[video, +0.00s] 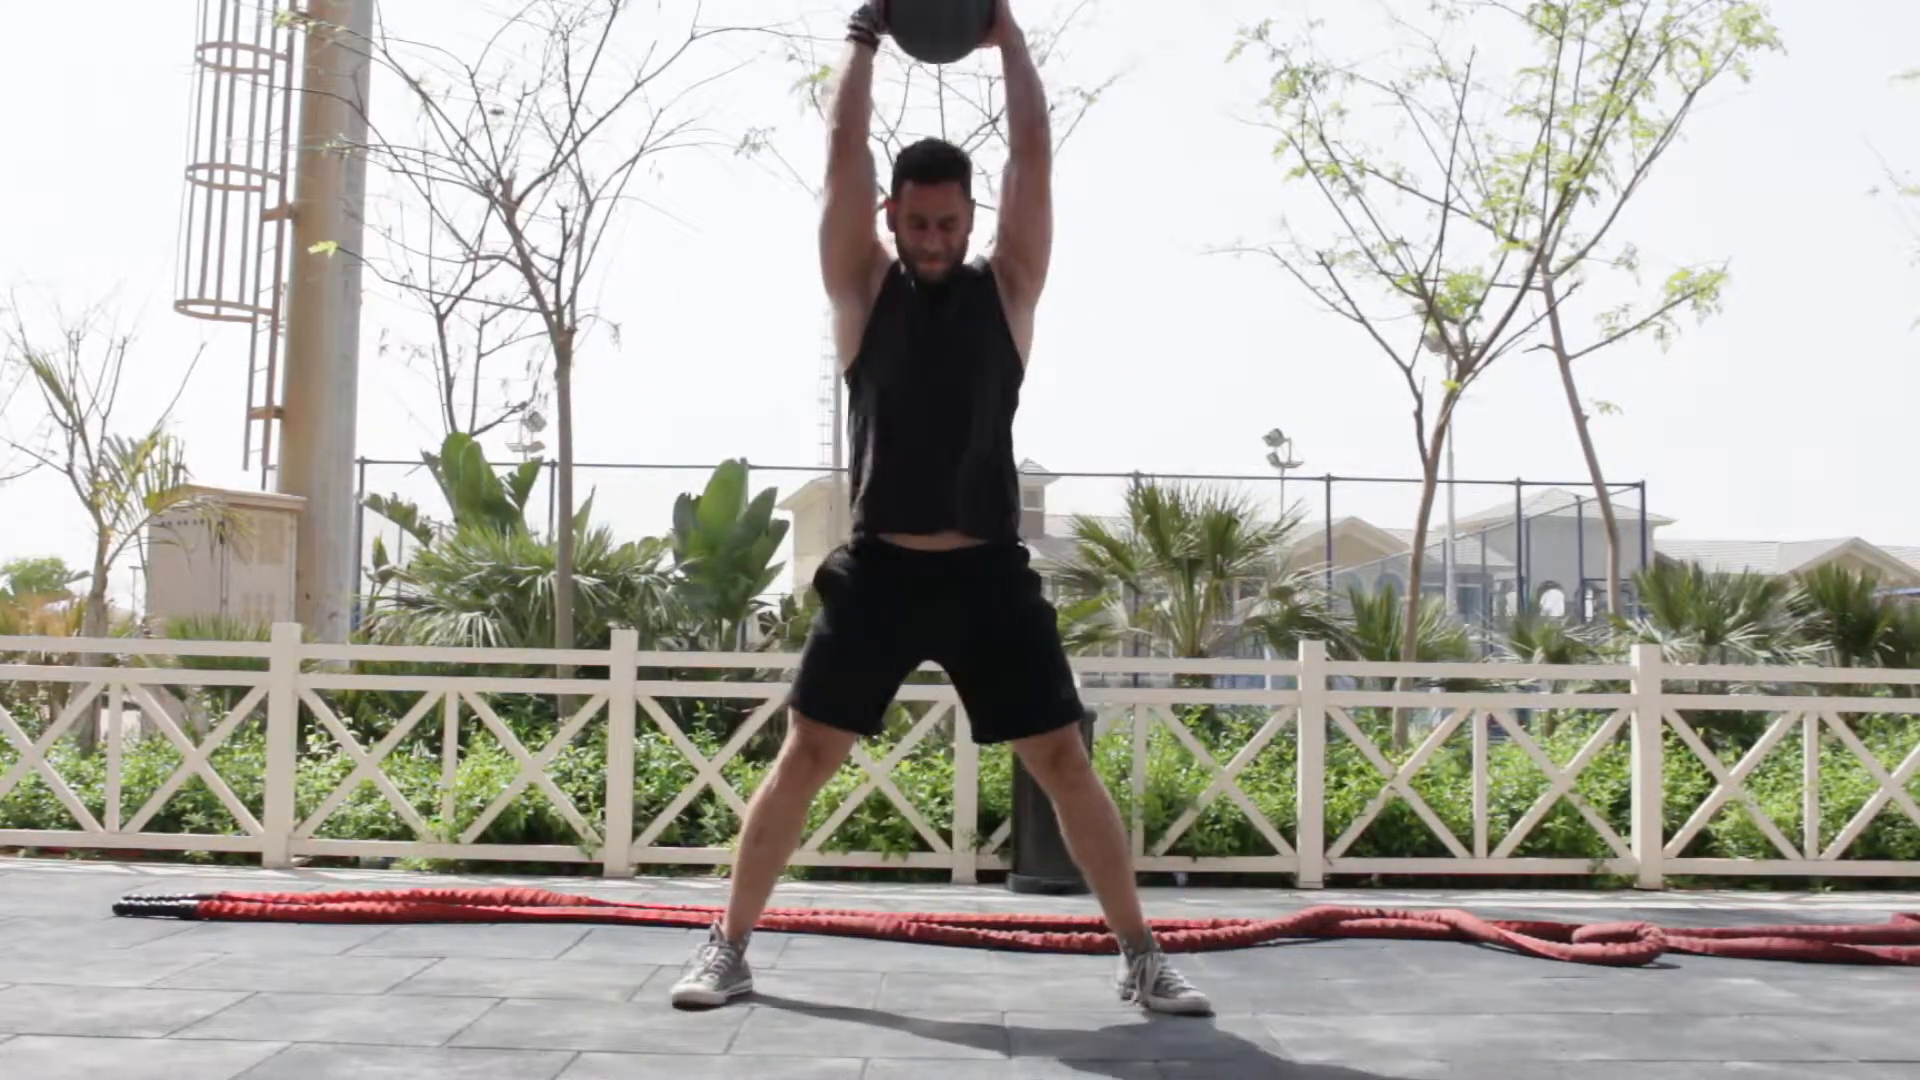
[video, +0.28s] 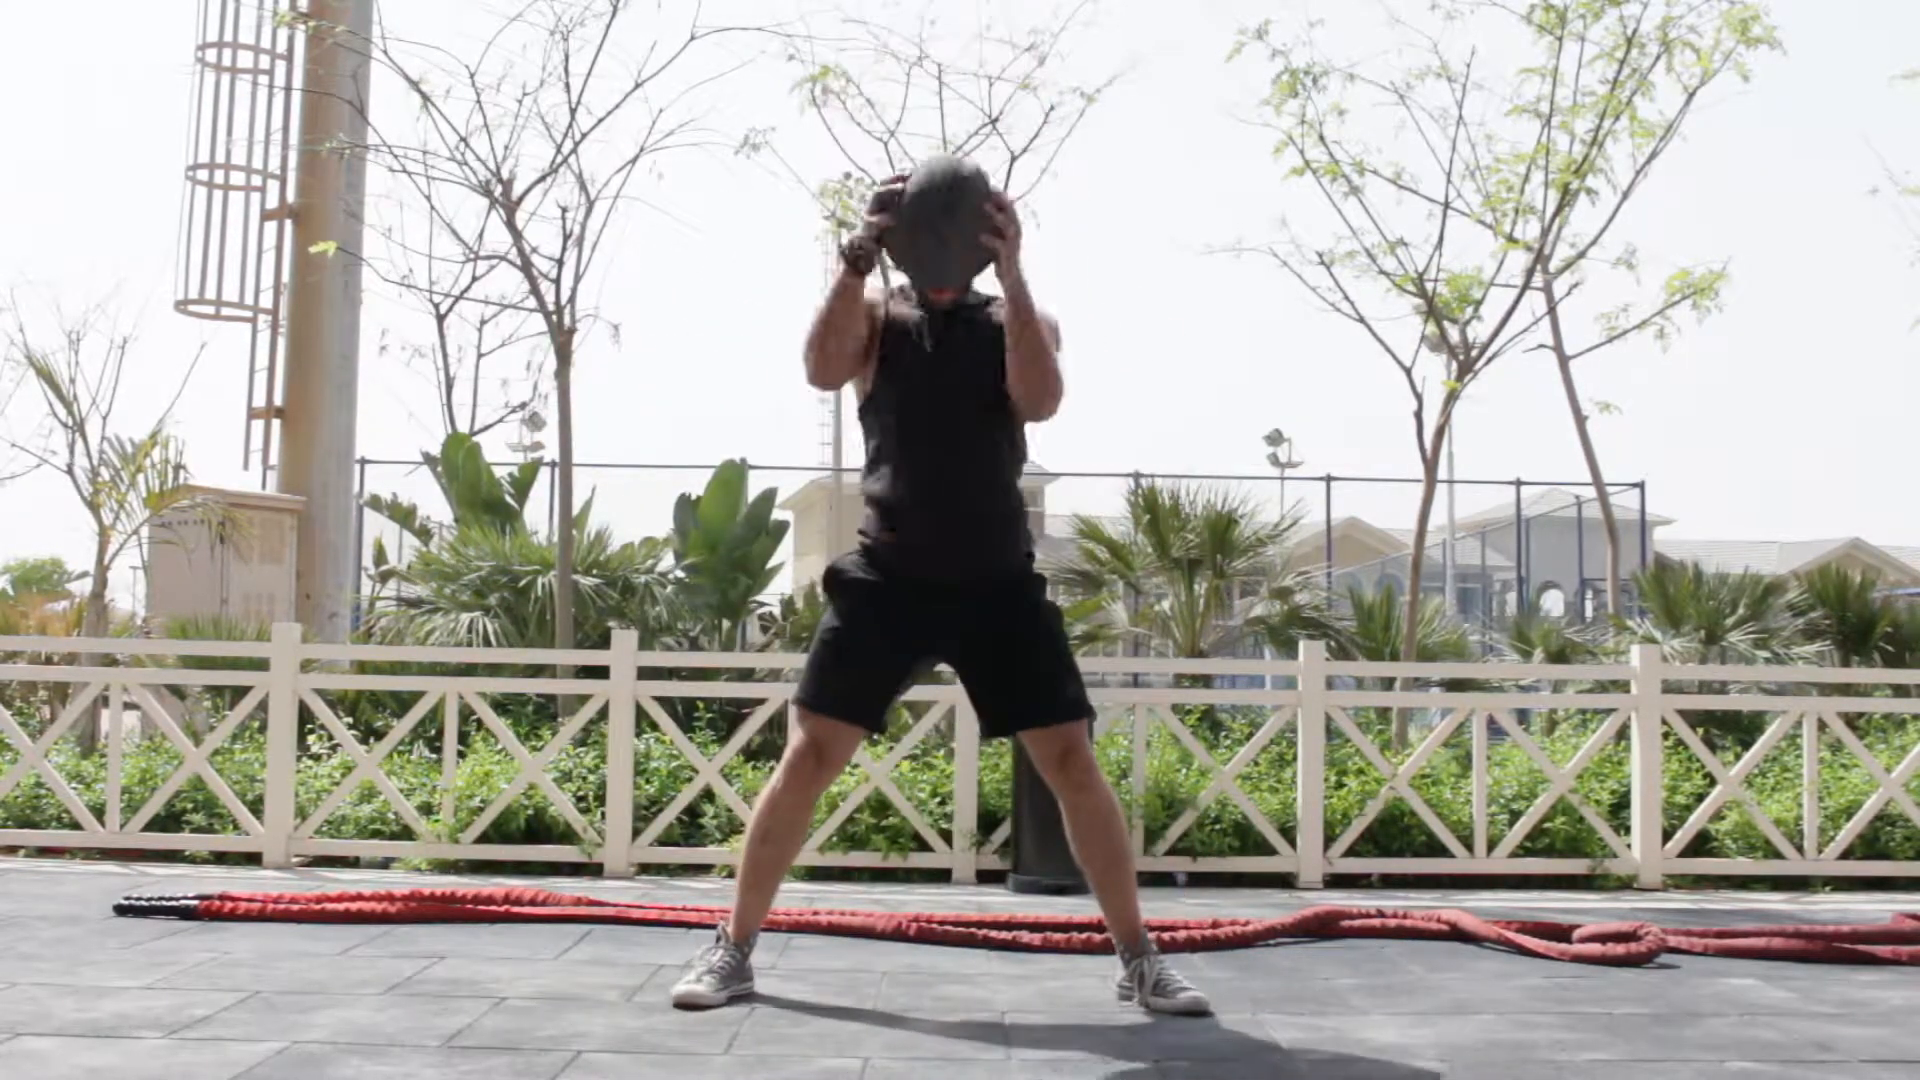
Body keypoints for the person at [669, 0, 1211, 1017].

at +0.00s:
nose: (934, 233)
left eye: (947, 218)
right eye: (918, 220)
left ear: (973, 219)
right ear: (890, 219)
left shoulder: (1007, 292)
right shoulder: (863, 292)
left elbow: (1033, 160)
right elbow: (845, 163)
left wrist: (1011, 37)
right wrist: (864, 39)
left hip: (990, 576)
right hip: (879, 575)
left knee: (1064, 764)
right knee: (804, 762)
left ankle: (1144, 961)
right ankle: (727, 954)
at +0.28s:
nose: (941, 256)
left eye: (957, 239)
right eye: (924, 240)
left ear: (984, 243)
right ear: (896, 241)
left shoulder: (1013, 325)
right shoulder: (874, 315)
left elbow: (1040, 402)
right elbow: (825, 367)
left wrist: (1012, 270)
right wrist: (858, 260)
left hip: (999, 583)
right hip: (889, 579)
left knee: (1070, 757)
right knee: (811, 752)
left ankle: (1140, 961)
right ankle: (733, 950)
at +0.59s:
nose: (939, 296)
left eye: (954, 279)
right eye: (924, 278)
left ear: (979, 262)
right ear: (898, 259)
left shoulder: (1031, 353)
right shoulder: (849, 352)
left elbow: (1079, 466)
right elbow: (796, 461)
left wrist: (1110, 578)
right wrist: (783, 577)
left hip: (999, 596)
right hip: (886, 592)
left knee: (1067, 756)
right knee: (809, 755)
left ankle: (1140, 958)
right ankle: (731, 948)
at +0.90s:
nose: (929, 587)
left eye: (946, 571)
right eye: (914, 570)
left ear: (971, 540)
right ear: (887, 534)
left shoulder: (1015, 581)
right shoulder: (837, 586)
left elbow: (1013, 740)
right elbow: (833, 744)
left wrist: (993, 880)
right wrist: (841, 880)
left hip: (986, 699)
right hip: (874, 698)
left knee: (1103, 755)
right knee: (756, 754)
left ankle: (1138, 961)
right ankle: (727, 953)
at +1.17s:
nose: (935, 589)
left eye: (953, 573)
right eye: (920, 571)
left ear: (977, 554)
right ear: (894, 543)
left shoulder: (1019, 606)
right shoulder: (842, 601)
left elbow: (1006, 754)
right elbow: (833, 744)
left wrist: (972, 874)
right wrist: (834, 866)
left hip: (981, 728)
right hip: (872, 726)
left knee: (1100, 760)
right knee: (753, 752)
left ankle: (1138, 962)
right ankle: (727, 954)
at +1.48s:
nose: (940, 244)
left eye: (955, 230)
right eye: (924, 230)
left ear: (978, 239)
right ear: (901, 239)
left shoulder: (1017, 329)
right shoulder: (860, 335)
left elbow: (1070, 444)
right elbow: (817, 456)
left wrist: (1025, 389)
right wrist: (858, 401)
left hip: (993, 577)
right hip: (886, 575)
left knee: (1066, 747)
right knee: (800, 737)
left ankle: (1134, 956)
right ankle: (730, 949)